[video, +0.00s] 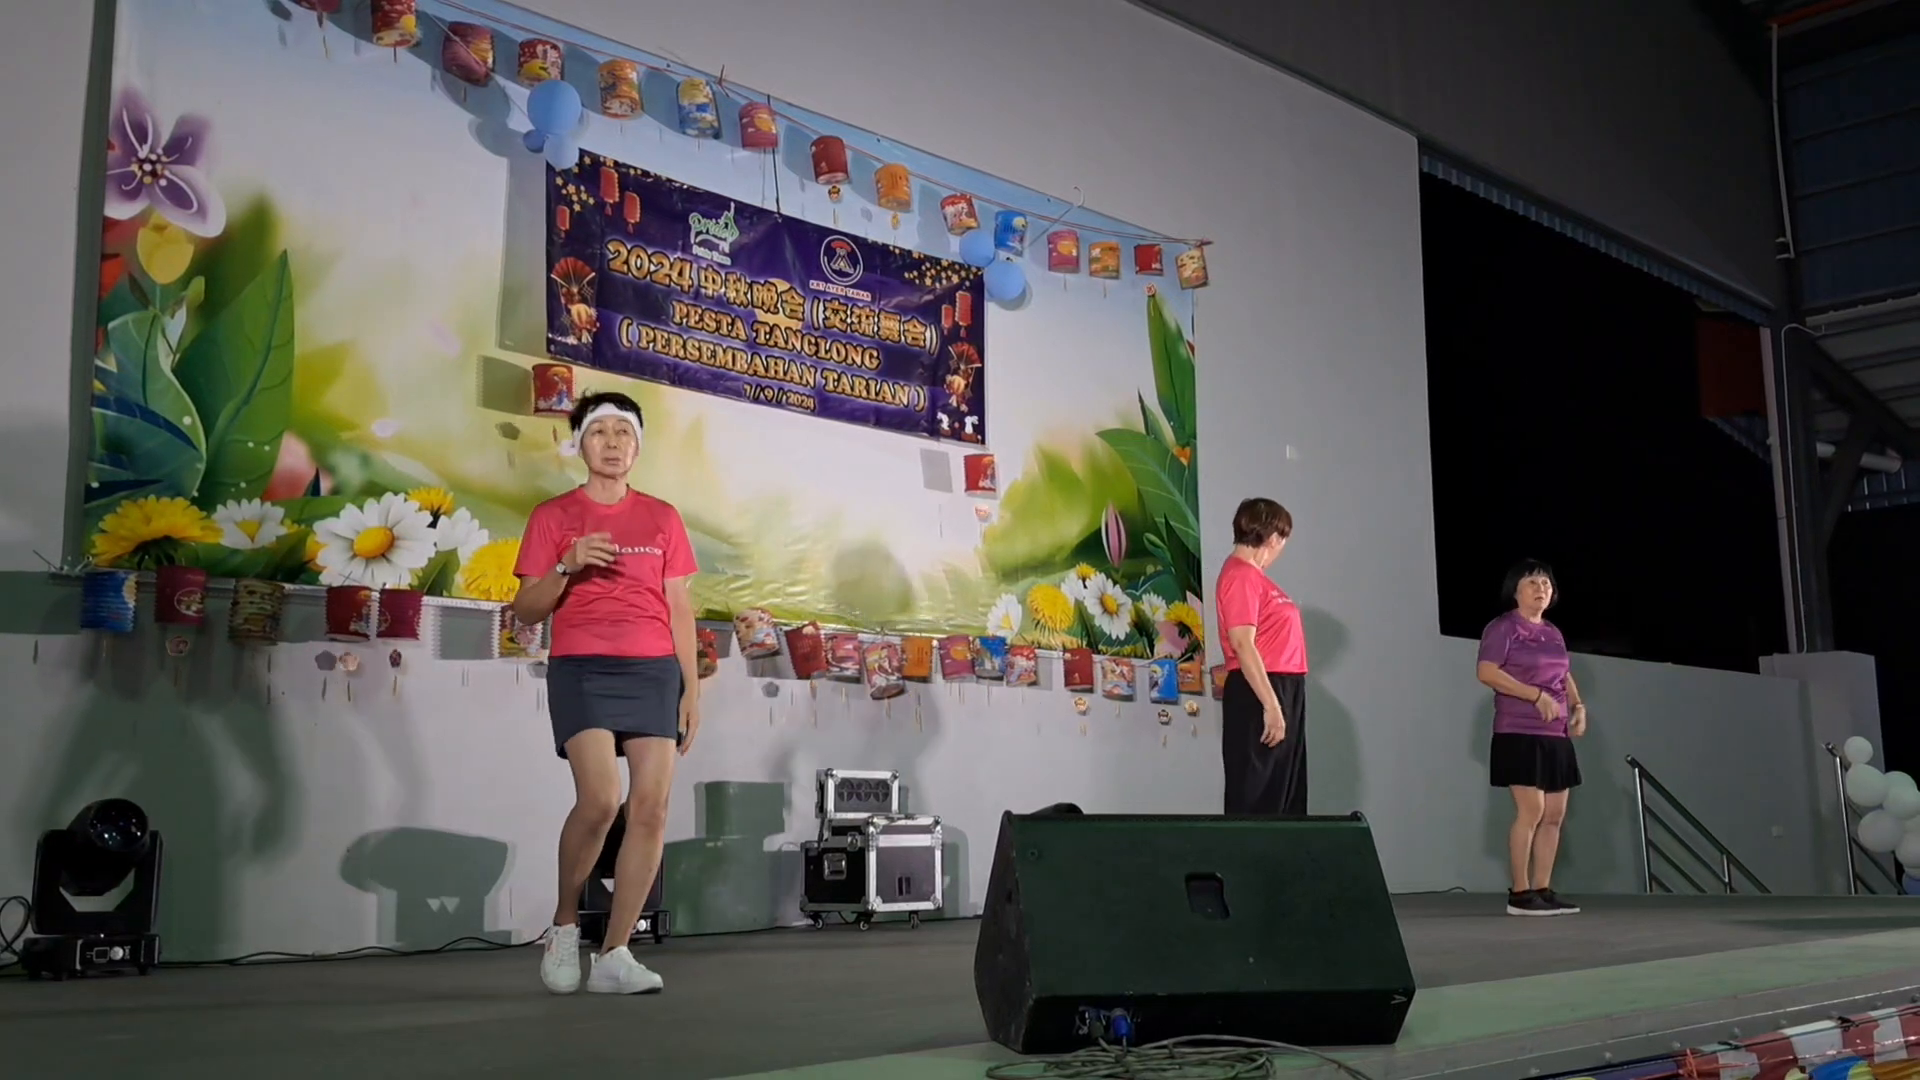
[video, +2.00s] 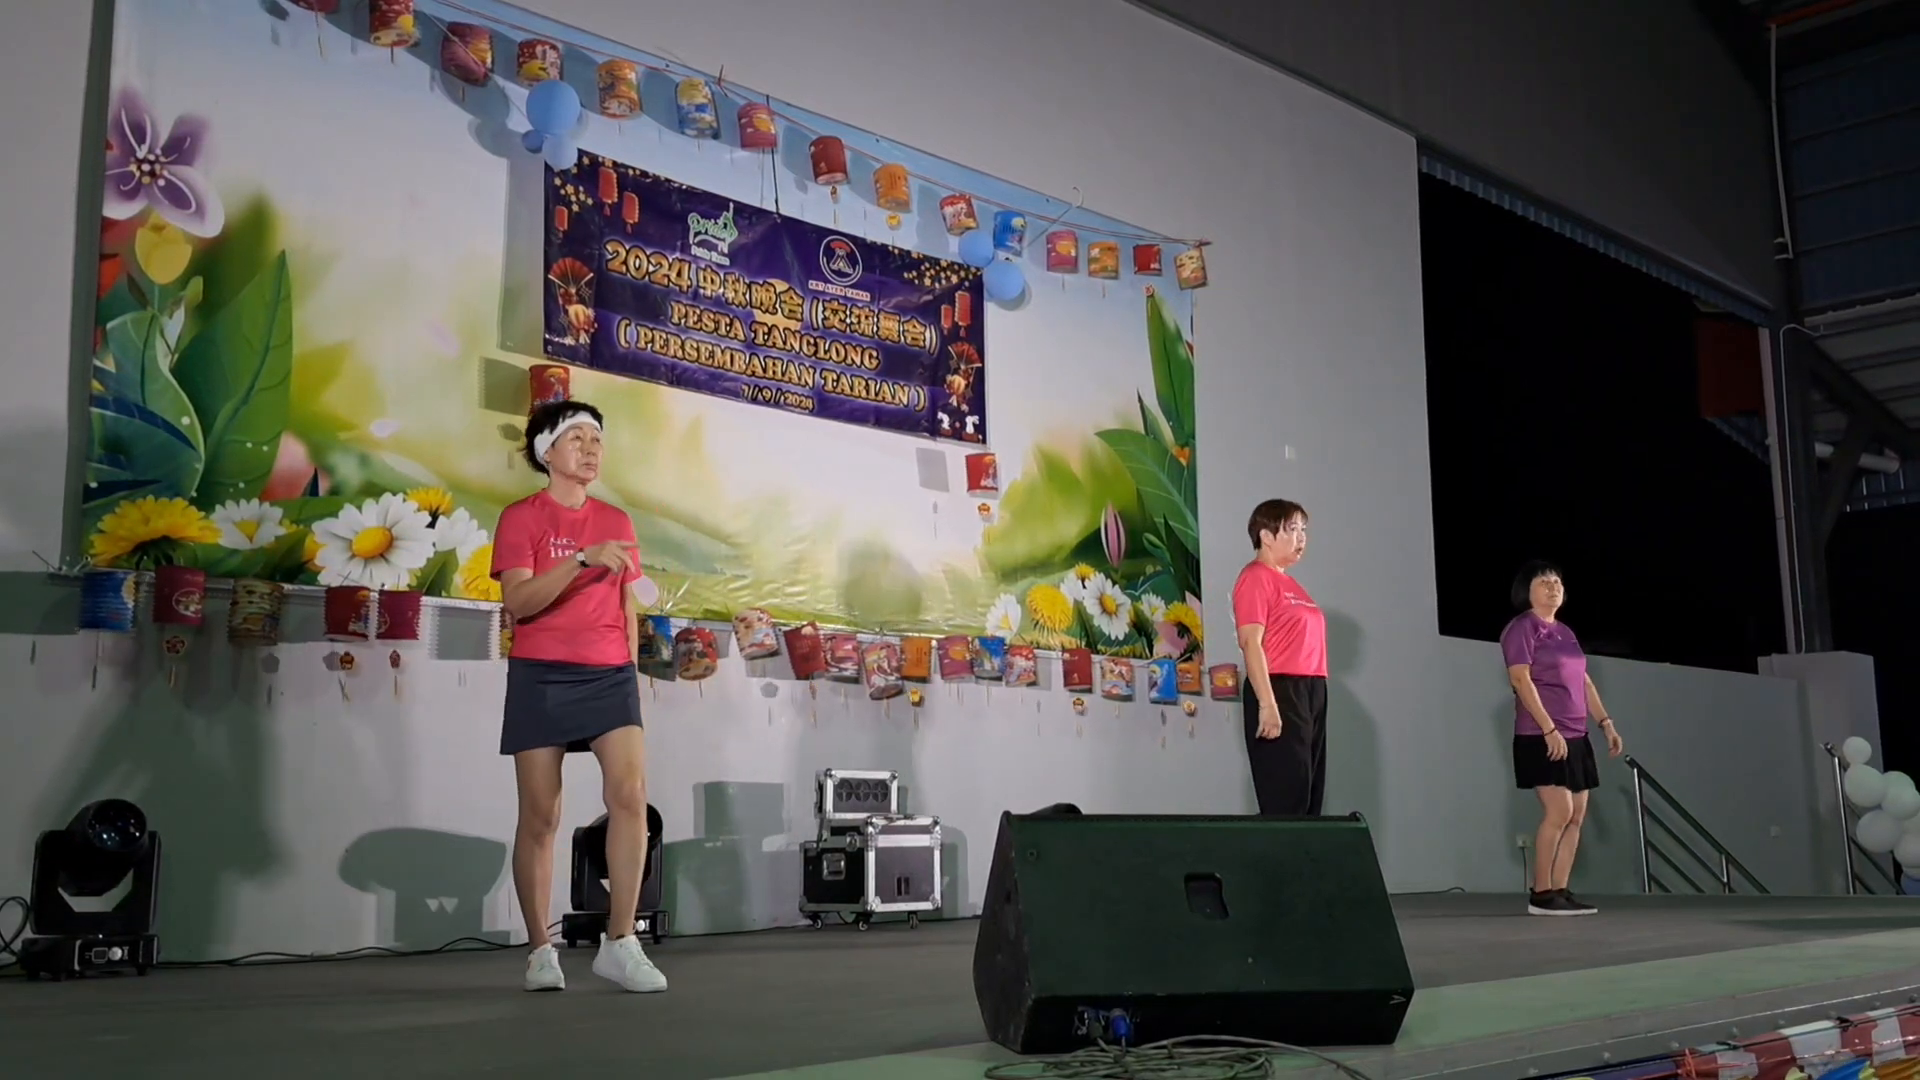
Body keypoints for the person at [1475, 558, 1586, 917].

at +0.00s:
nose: (1541, 588)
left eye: (1545, 583)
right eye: (1532, 583)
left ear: (1551, 592)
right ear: (1516, 591)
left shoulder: (1554, 633)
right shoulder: (1502, 628)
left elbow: (1564, 676)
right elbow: (1486, 672)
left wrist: (1577, 706)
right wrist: (1537, 695)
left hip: (1556, 736)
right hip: (1518, 735)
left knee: (1554, 815)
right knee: (1530, 811)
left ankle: (1542, 890)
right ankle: (1519, 893)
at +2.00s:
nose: (1552, 587)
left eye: (1557, 582)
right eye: (1544, 582)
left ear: (1563, 591)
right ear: (1528, 590)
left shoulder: (1566, 632)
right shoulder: (1520, 629)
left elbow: (1583, 680)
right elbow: (1520, 682)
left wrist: (1605, 722)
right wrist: (1549, 728)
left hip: (1575, 736)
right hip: (1540, 736)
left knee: (1576, 814)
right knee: (1558, 811)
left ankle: (1559, 891)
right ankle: (1541, 892)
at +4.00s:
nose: (1557, 587)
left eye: (1557, 582)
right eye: (1549, 582)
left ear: (1558, 592)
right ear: (1532, 589)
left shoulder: (1556, 634)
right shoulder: (1523, 625)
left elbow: (1563, 690)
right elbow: (1521, 677)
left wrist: (1578, 732)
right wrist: (1542, 729)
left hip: (1566, 735)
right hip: (1538, 734)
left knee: (1565, 814)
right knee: (1550, 811)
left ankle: (1556, 891)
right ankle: (1542, 892)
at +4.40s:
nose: (1555, 586)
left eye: (1556, 581)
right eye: (1546, 581)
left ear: (1557, 590)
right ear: (1528, 589)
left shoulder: (1561, 634)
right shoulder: (1517, 629)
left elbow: (1573, 685)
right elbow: (1516, 683)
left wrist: (1590, 729)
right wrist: (1541, 731)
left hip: (1568, 737)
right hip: (1531, 737)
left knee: (1577, 813)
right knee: (1536, 810)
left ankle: (1557, 889)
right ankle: (1539, 892)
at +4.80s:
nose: (1560, 589)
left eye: (1561, 584)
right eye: (1551, 583)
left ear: (1563, 591)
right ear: (1533, 589)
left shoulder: (1566, 633)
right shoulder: (1519, 629)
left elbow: (1582, 684)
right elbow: (1514, 680)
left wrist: (1605, 723)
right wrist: (1525, 728)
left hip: (1572, 739)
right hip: (1536, 736)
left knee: (1574, 814)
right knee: (1540, 810)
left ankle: (1559, 890)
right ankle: (1540, 892)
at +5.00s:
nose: (1566, 588)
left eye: (1568, 583)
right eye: (1557, 582)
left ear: (1570, 592)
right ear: (1539, 589)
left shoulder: (1572, 634)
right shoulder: (1525, 629)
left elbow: (1582, 685)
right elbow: (1522, 683)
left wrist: (1597, 730)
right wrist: (1536, 731)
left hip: (1572, 737)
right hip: (1537, 735)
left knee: (1568, 814)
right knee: (1547, 810)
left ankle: (1558, 890)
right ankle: (1541, 892)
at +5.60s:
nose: (1556, 586)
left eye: (1558, 581)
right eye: (1547, 581)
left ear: (1561, 592)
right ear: (1530, 589)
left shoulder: (1562, 634)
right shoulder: (1519, 628)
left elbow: (1572, 686)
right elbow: (1520, 681)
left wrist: (1587, 730)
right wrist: (1542, 729)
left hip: (1568, 737)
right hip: (1531, 735)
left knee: (1569, 813)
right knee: (1534, 810)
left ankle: (1558, 890)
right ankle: (1536, 892)